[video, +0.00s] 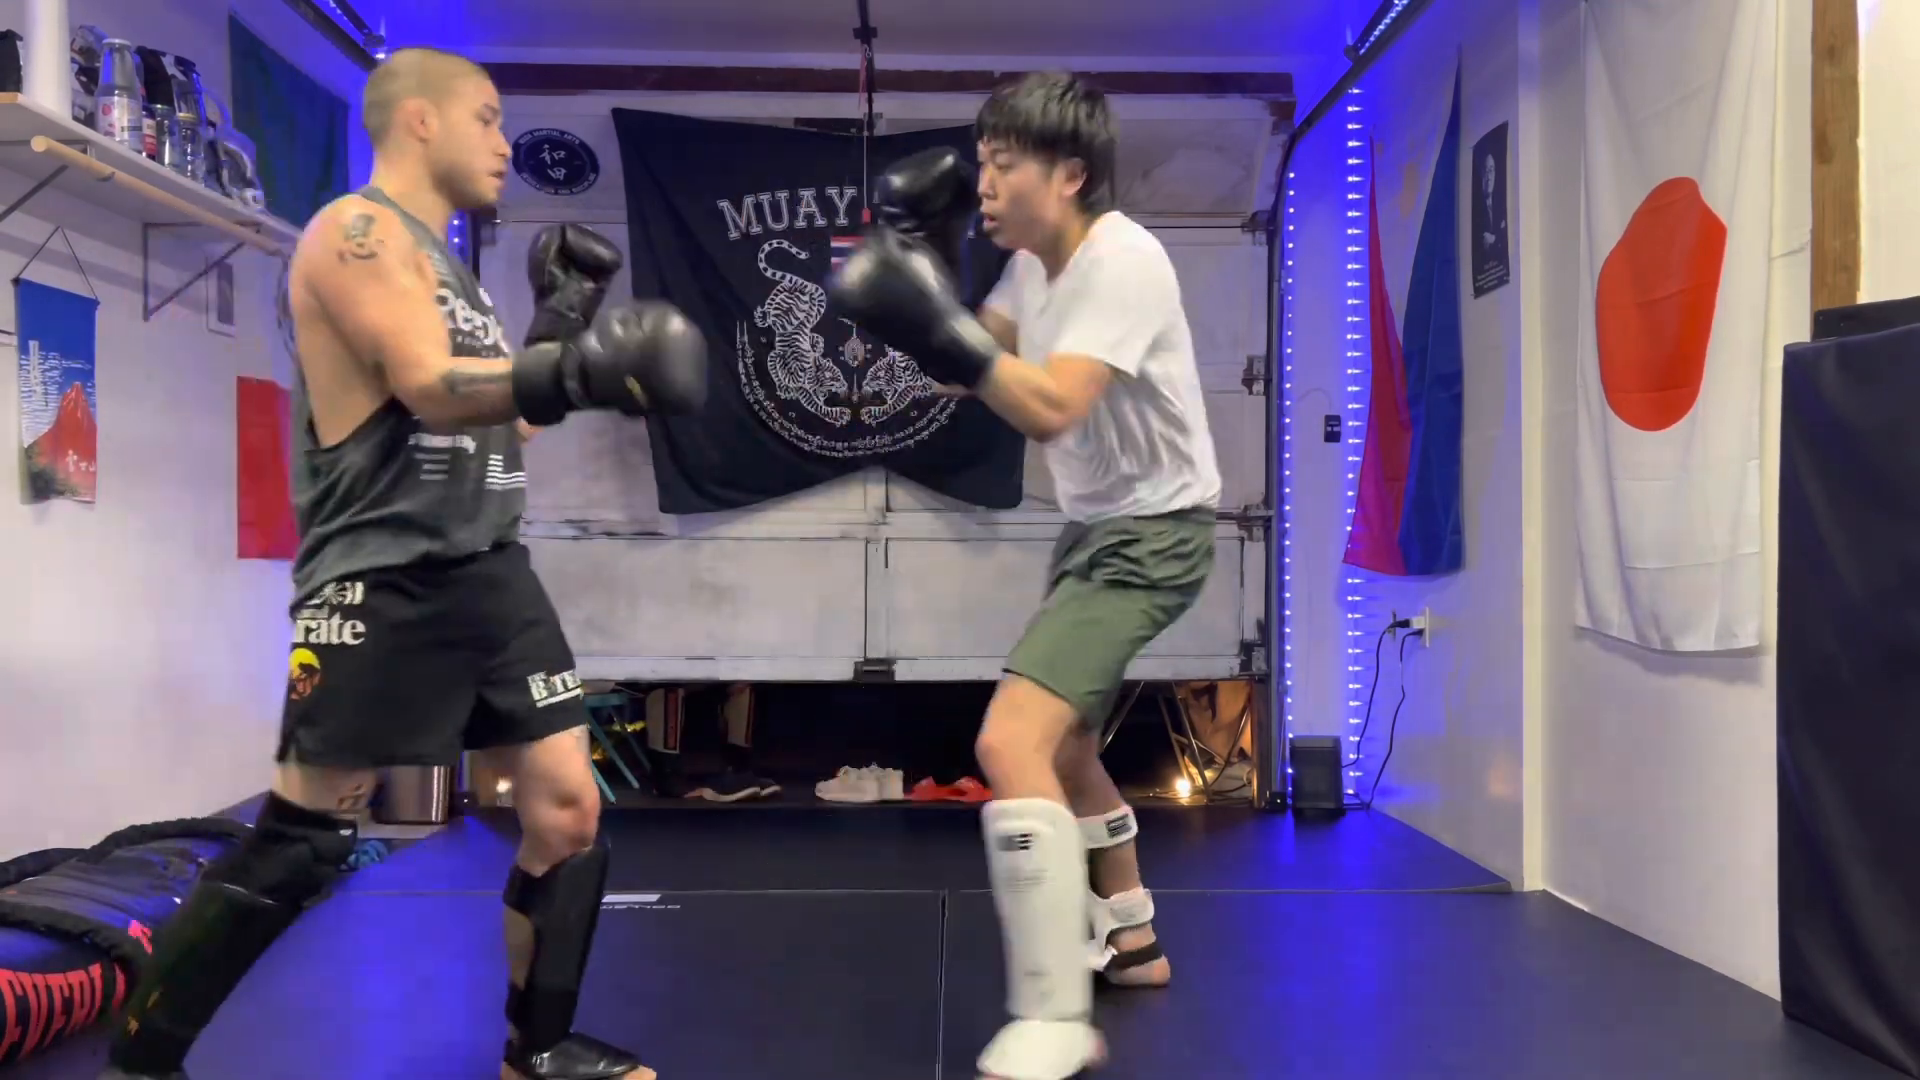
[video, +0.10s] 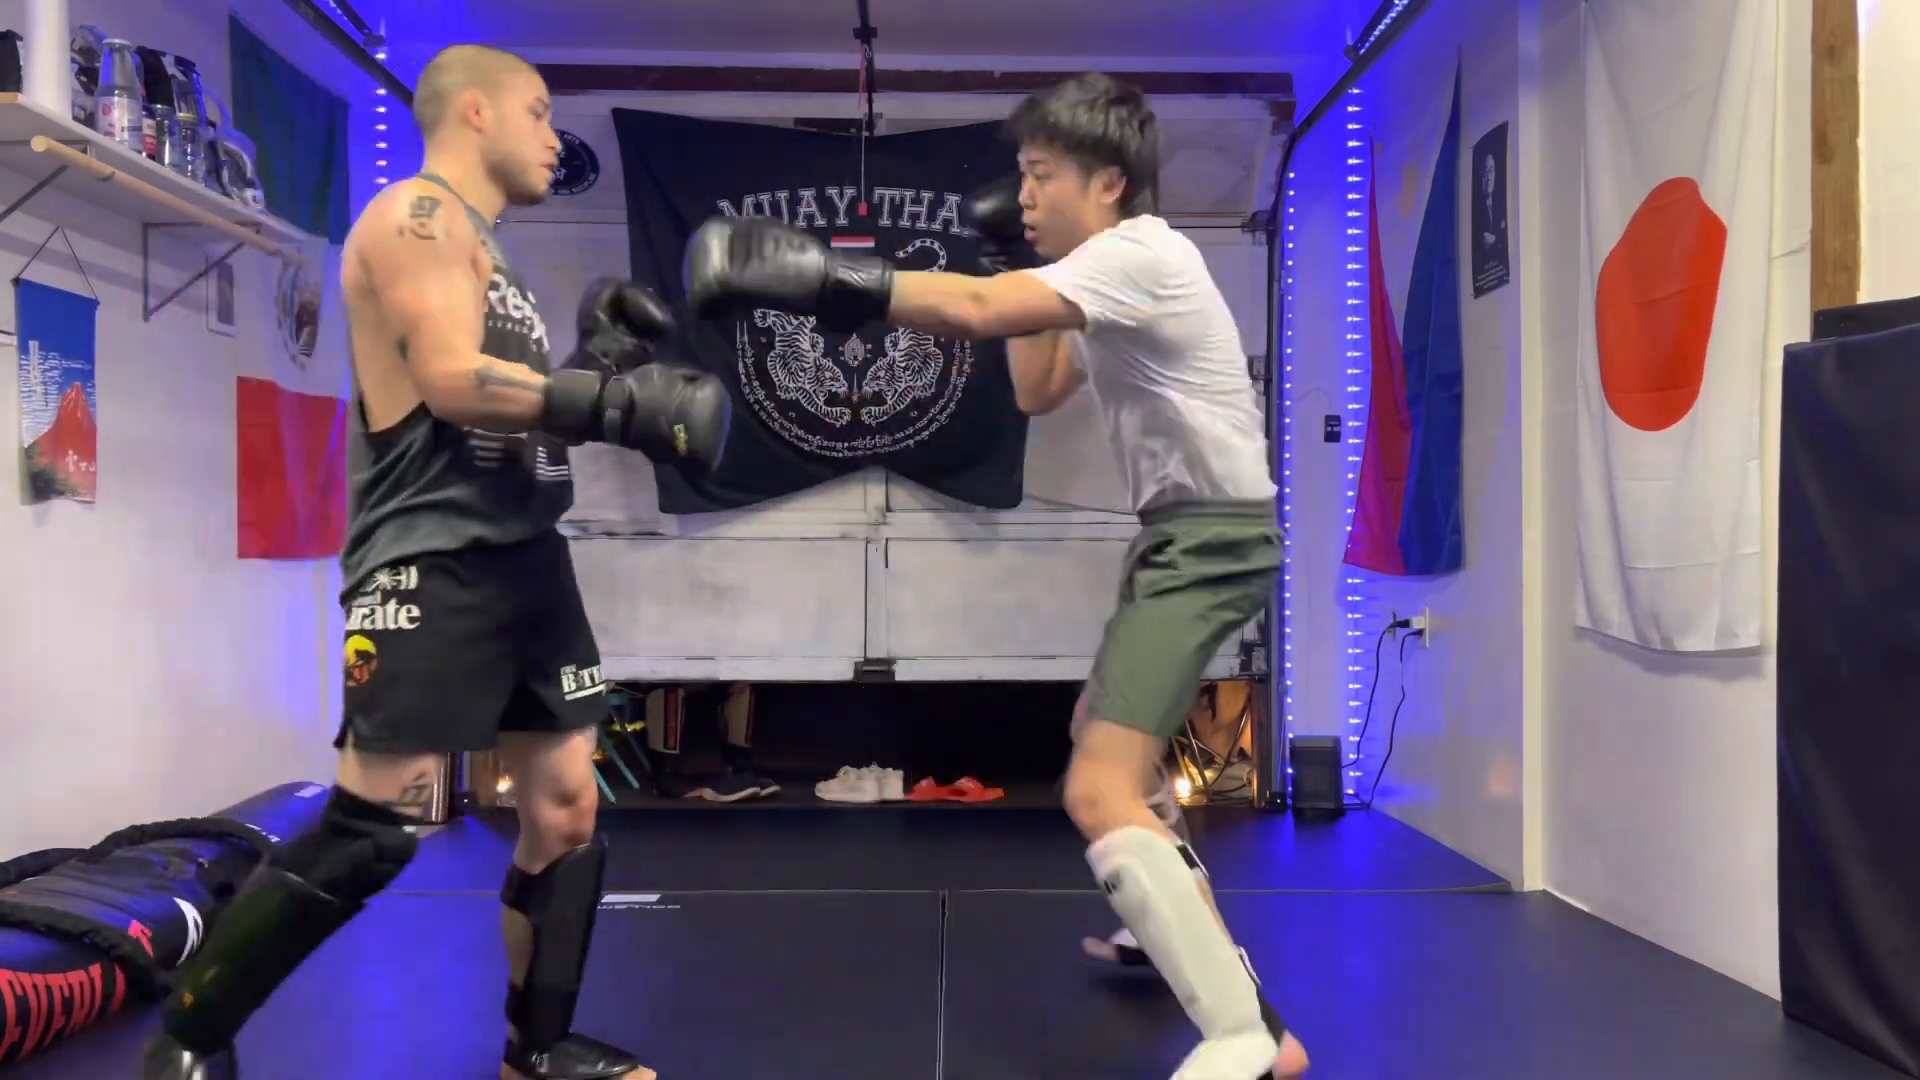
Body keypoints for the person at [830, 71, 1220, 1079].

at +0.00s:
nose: (985, 189)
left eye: (1003, 167)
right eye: (983, 168)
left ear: (1068, 175)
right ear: (1018, 180)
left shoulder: (1123, 259)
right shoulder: (1033, 268)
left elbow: (1052, 409)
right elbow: (985, 363)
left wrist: (942, 325)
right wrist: (933, 249)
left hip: (1153, 533)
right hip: (1096, 532)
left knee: (1012, 744)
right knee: (1063, 742)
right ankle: (1128, 931)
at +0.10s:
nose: (1024, 197)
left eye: (1041, 175)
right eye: (1024, 176)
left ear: (1109, 182)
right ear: (1092, 187)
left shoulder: (1143, 254)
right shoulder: (1111, 272)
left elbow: (972, 303)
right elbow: (1040, 390)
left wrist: (819, 272)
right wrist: (1018, 272)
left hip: (1213, 537)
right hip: (1182, 536)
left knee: (1100, 793)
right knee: (1104, 743)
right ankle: (1182, 924)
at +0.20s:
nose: (1066, 230)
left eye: (1082, 209)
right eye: (1066, 211)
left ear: (1147, 215)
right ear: (1133, 219)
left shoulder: (1186, 280)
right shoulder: (1160, 297)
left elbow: (1052, 357)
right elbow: (1101, 430)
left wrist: (910, 317)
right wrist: (1077, 318)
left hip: (1263, 561)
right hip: (1243, 559)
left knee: (1131, 801)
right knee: (1183, 748)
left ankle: (1246, 1052)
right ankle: (1323, 897)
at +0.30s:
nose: (1113, 215)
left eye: (1131, 193)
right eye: (1113, 195)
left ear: (1196, 203)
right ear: (1169, 210)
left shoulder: (1244, 276)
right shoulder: (1183, 310)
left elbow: (1223, 413)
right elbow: (1124, 410)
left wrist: (1092, 383)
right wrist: (1086, 311)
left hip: (1308, 550)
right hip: (1277, 550)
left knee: (1206, 781)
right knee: (1310, 781)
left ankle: (1259, 1049)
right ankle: (1463, 922)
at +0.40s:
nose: (1158, 179)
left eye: (1178, 158)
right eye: (1157, 161)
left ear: (1239, 167)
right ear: (1195, 175)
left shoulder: (1295, 240)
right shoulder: (1209, 281)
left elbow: (1339, 388)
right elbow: (1139, 373)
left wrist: (1208, 377)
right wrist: (1111, 278)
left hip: (1344, 515)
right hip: (1292, 526)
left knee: (1280, 747)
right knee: (1360, 754)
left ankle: (1314, 1020)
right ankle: (1476, 929)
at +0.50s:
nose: (1189, 142)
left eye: (1209, 123)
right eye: (1186, 123)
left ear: (1270, 133)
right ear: (1200, 137)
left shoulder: (1326, 209)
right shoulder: (1226, 254)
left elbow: (1387, 347)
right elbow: (1174, 357)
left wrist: (1259, 352)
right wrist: (1143, 260)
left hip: (1364, 469)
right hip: (1299, 484)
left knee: (1319, 718)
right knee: (1284, 724)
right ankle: (1436, 896)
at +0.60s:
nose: (1213, 164)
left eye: (1231, 143)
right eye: (1208, 146)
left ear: (1294, 149)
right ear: (1221, 155)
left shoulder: (1345, 220)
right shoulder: (1263, 269)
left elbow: (1409, 362)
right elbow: (1225, 376)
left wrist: (1284, 363)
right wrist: (1180, 293)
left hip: (1382, 498)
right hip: (1313, 508)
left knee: (1406, 743)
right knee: (1242, 707)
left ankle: (1557, 925)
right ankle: (1322, 899)